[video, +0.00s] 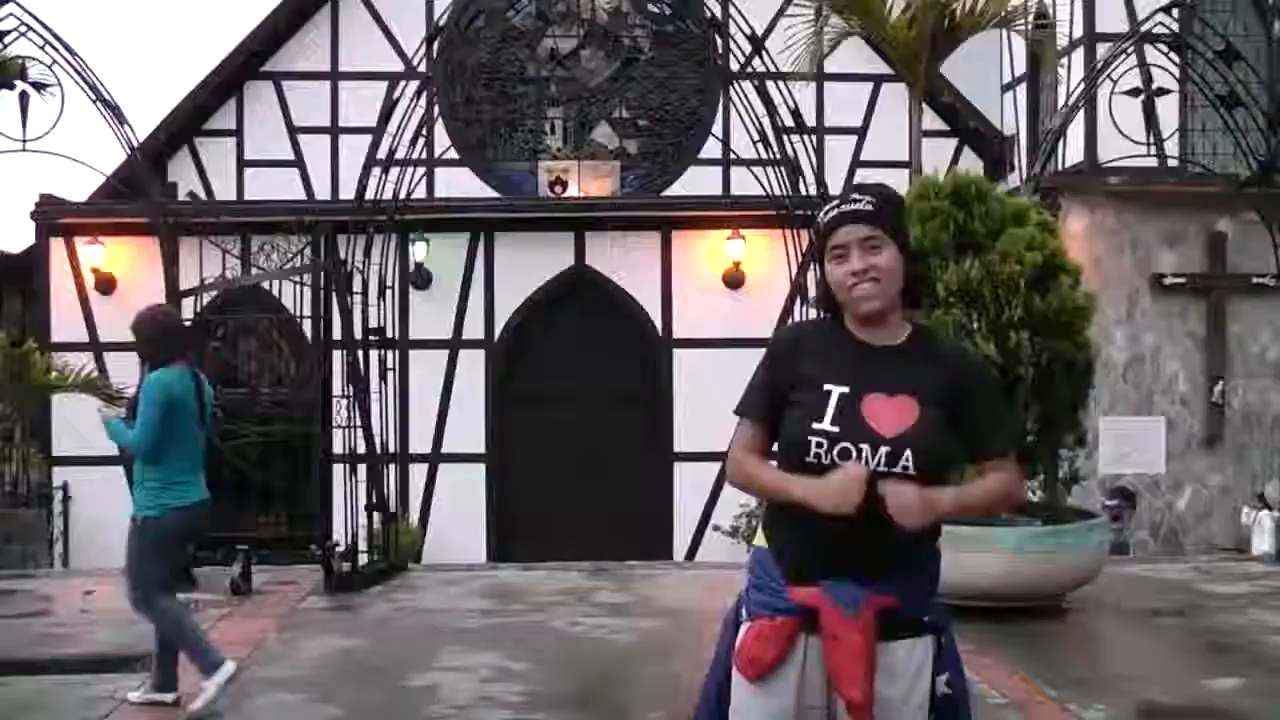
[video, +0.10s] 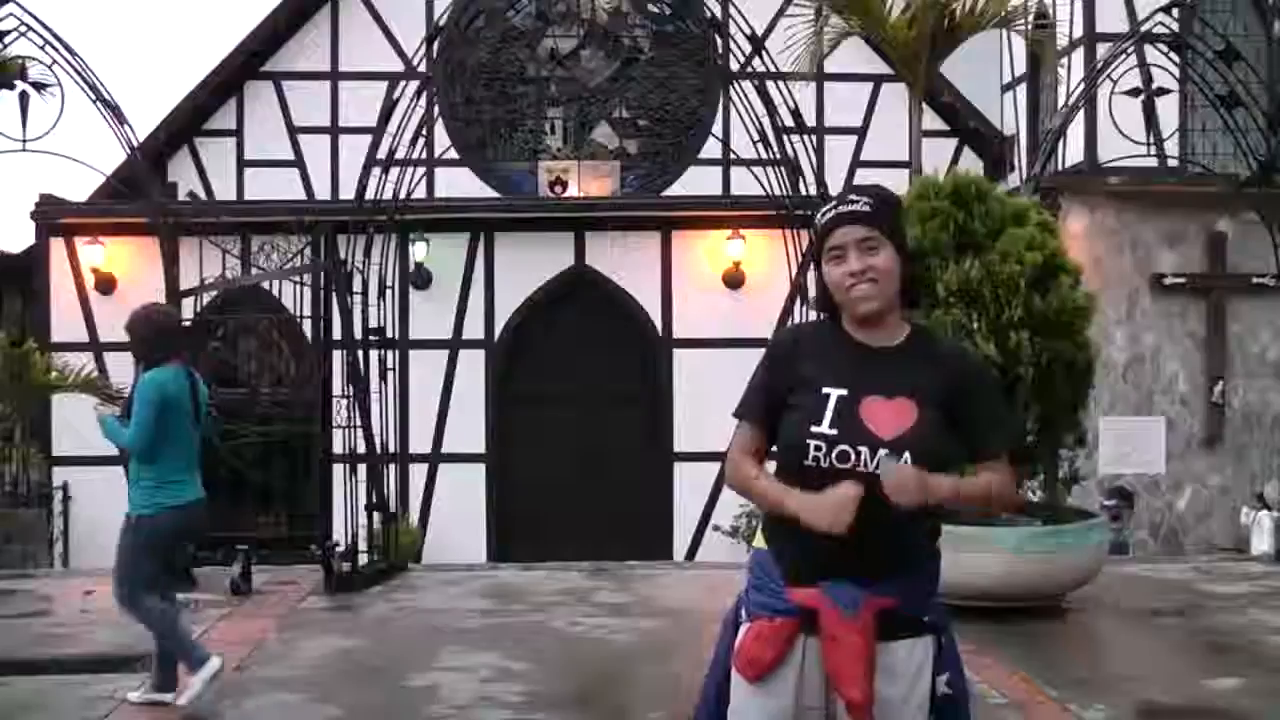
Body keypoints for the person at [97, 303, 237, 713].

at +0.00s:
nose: (136, 347)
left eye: (139, 341)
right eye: (136, 340)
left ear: (150, 342)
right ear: (178, 338)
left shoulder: (158, 384)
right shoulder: (197, 382)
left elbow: (141, 443)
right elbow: (205, 431)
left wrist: (113, 421)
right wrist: (141, 416)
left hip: (158, 508)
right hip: (190, 501)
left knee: (144, 595)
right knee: (165, 593)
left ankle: (214, 666)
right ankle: (163, 683)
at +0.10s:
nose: (131, 347)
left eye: (133, 340)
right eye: (131, 340)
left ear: (143, 342)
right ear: (173, 337)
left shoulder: (152, 383)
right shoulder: (193, 381)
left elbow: (136, 442)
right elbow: (205, 430)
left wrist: (107, 420)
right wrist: (139, 416)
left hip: (153, 507)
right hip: (187, 501)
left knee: (131, 592)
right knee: (164, 590)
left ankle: (199, 660)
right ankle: (163, 681)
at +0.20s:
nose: (113, 345)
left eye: (115, 339)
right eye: (114, 338)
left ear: (125, 341)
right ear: (154, 336)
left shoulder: (136, 382)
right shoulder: (173, 379)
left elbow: (119, 441)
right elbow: (151, 435)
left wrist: (90, 418)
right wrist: (111, 411)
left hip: (137, 507)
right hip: (173, 502)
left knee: (99, 582)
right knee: (159, 594)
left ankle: (139, 656)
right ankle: (165, 682)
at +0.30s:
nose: (99, 352)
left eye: (101, 344)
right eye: (99, 345)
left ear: (111, 344)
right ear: (141, 339)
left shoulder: (125, 384)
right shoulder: (159, 380)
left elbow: (111, 444)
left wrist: (80, 418)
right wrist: (102, 410)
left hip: (126, 507)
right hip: (163, 501)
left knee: (92, 585)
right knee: (155, 592)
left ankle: (89, 683)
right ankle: (164, 685)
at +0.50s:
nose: (64, 355)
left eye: (66, 348)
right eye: (63, 348)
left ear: (79, 350)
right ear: (105, 345)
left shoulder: (88, 391)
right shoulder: (123, 387)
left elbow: (72, 451)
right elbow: (118, 447)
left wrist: (43, 425)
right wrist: (61, 422)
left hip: (89, 514)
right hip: (126, 508)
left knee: (56, 594)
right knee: (134, 595)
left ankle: (37, 685)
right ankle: (162, 680)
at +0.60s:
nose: (48, 358)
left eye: (51, 350)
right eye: (47, 350)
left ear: (66, 350)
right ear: (87, 347)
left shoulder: (71, 392)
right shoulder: (103, 386)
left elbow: (57, 454)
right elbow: (97, 445)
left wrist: (27, 426)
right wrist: (41, 423)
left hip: (69, 514)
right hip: (106, 508)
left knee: (39, 595)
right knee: (113, 591)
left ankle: (33, 688)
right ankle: (158, 674)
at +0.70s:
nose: (26, 348)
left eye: (29, 342)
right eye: (29, 341)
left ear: (36, 345)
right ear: (65, 341)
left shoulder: (44, 387)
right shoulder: (79, 382)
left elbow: (33, 449)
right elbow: (69, 438)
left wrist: (6, 427)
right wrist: (21, 417)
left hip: (46, 509)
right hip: (83, 502)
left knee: (31, 595)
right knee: (70, 590)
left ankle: (33, 687)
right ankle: (129, 654)